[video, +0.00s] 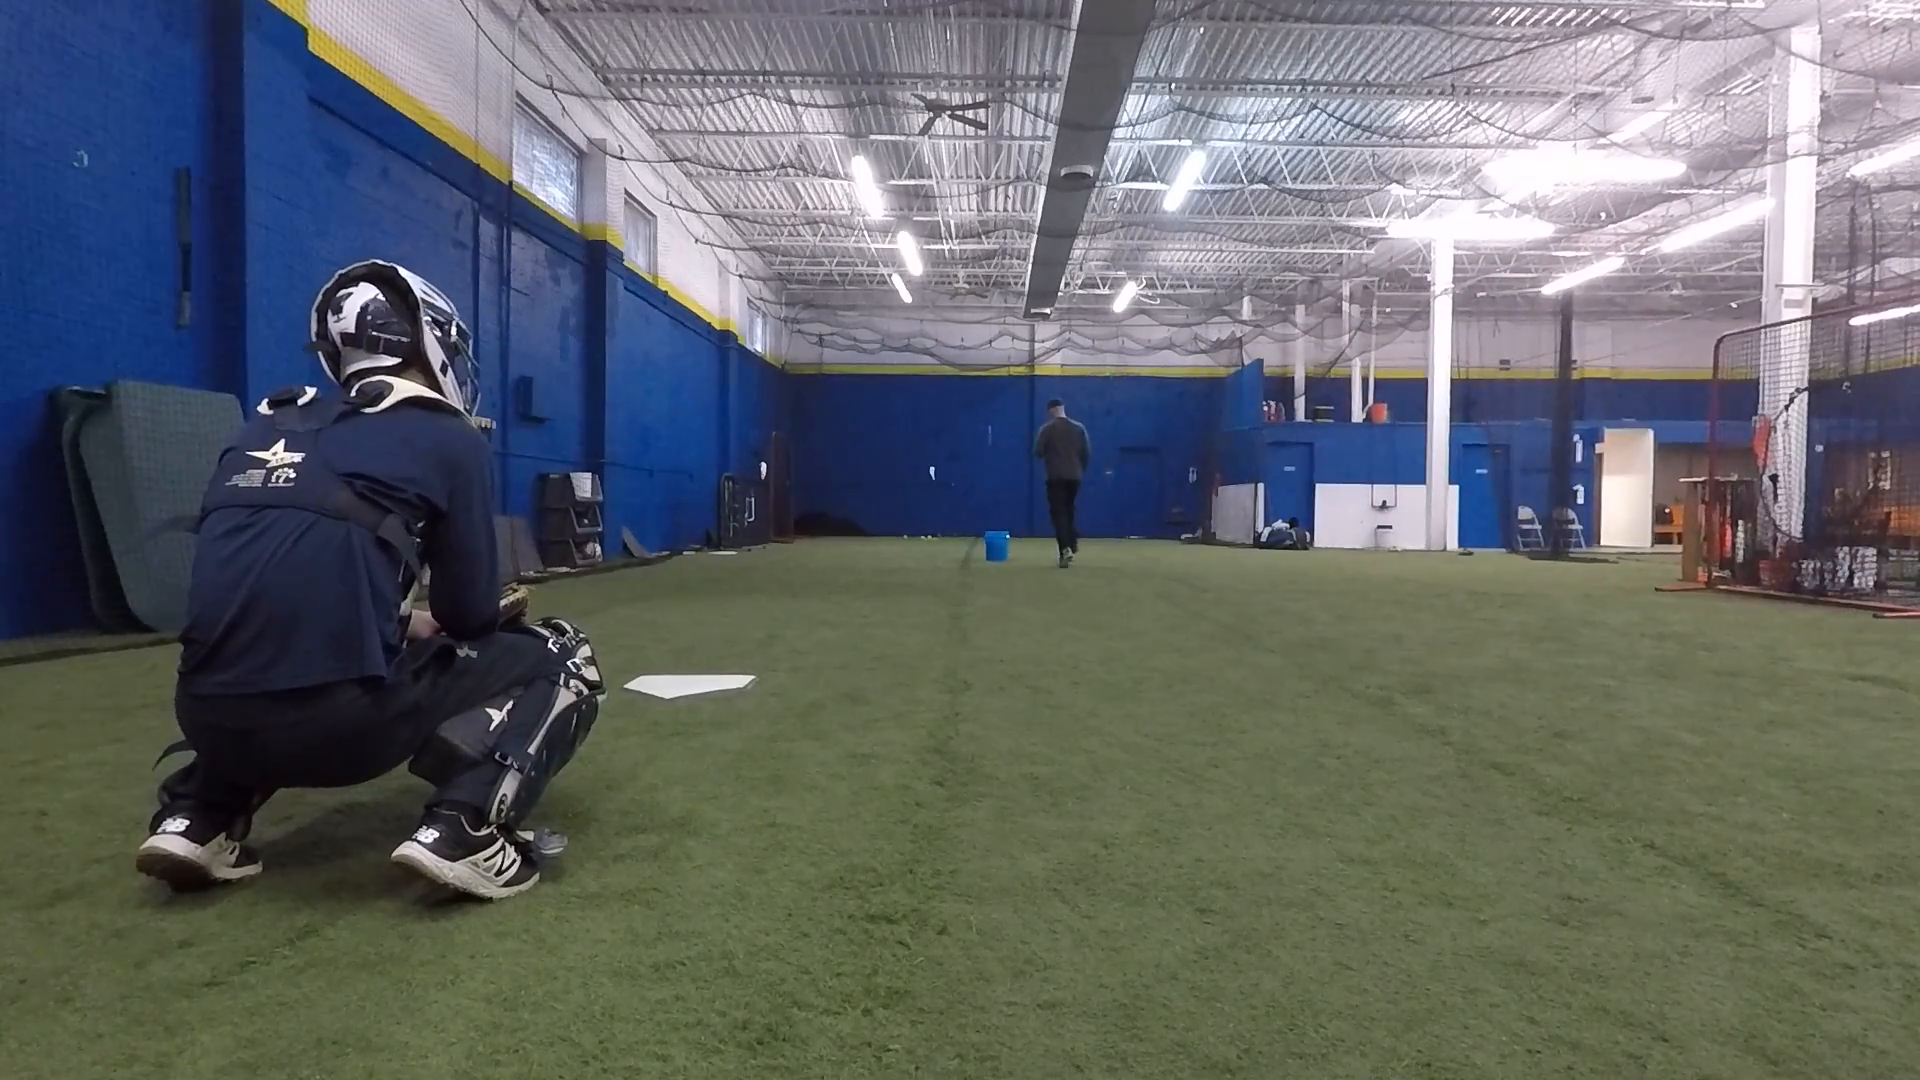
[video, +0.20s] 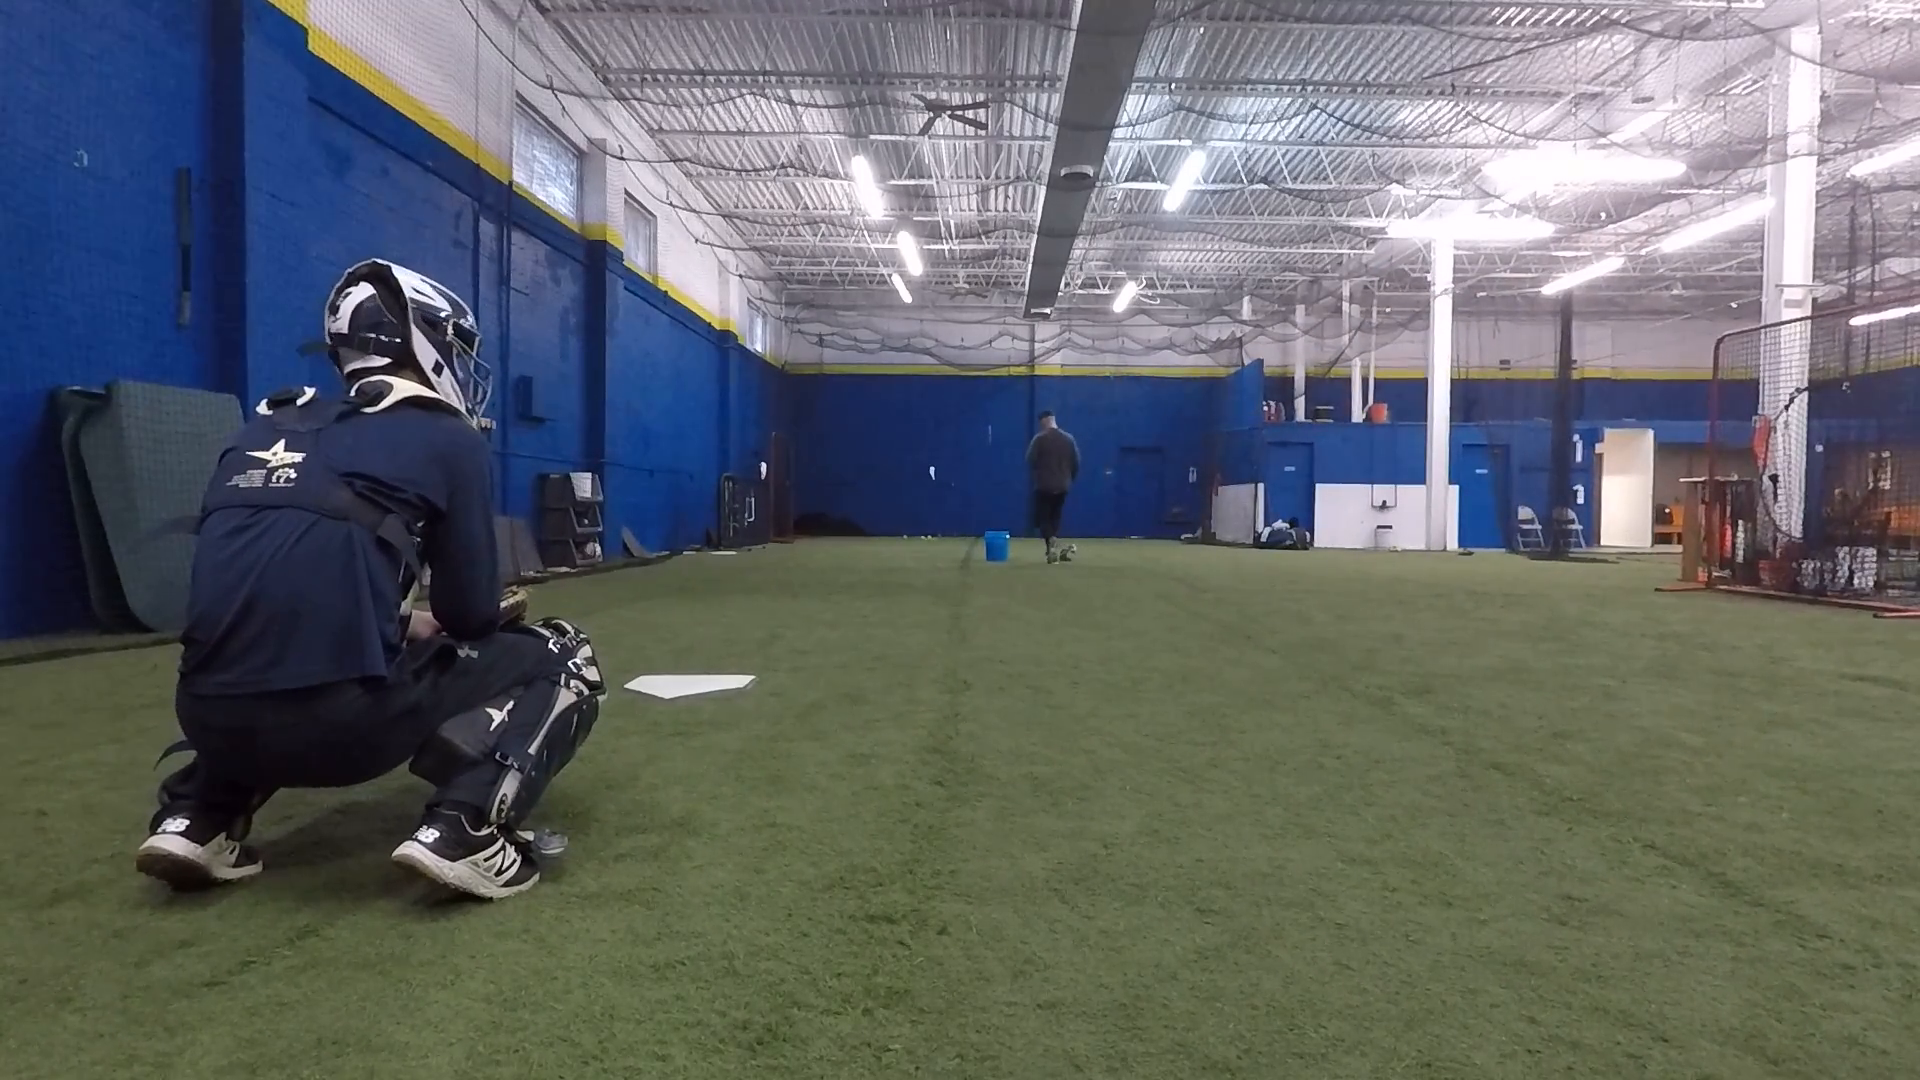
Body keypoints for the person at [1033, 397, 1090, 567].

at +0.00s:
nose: (1052, 414)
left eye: (1050, 411)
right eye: (1054, 410)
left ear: (1050, 411)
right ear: (1063, 409)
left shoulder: (1047, 428)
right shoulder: (1079, 427)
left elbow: (1039, 451)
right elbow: (1085, 451)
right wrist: (1082, 467)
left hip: (1055, 477)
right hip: (1074, 476)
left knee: (1057, 512)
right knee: (1069, 508)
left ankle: (1064, 549)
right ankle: (1072, 543)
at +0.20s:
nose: (1041, 425)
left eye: (1041, 423)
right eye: (1042, 423)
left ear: (1043, 422)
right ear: (1054, 421)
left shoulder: (1039, 439)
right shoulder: (1068, 438)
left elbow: (1030, 458)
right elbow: (1076, 460)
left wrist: (1035, 470)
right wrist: (1071, 476)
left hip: (1043, 485)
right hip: (1062, 485)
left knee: (1042, 515)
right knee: (1056, 515)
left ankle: (1051, 541)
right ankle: (1050, 547)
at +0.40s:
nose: (1027, 424)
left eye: (1026, 422)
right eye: (1027, 421)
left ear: (1029, 421)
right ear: (1039, 419)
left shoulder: (1028, 436)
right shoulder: (1056, 434)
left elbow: (1027, 458)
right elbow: (1063, 457)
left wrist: (1025, 472)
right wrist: (1059, 471)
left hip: (1034, 483)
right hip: (1052, 482)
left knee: (1030, 516)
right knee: (1048, 515)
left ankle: (1029, 551)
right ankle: (1052, 550)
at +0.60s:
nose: (1010, 435)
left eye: (1010, 432)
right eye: (1010, 432)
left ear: (1011, 431)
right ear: (1021, 427)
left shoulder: (1013, 445)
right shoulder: (1041, 439)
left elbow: (1014, 466)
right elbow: (1051, 459)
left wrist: (1012, 482)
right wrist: (1049, 474)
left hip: (1025, 489)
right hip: (1044, 487)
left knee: (1022, 521)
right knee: (1044, 518)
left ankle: (1019, 552)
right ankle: (1051, 544)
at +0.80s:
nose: (996, 447)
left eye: (995, 444)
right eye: (995, 445)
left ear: (997, 440)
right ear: (1004, 435)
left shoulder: (1004, 451)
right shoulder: (1026, 439)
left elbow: (1005, 476)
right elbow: (1042, 455)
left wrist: (1003, 499)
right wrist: (1036, 471)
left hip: (1021, 489)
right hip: (1040, 485)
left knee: (1017, 521)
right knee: (1037, 517)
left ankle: (1018, 553)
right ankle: (1048, 543)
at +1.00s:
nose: (988, 462)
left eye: (986, 459)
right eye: (986, 460)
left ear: (988, 454)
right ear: (993, 447)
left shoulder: (996, 461)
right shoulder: (1014, 444)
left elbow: (999, 488)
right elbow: (1035, 454)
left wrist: (996, 512)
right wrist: (1029, 470)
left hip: (1021, 488)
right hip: (1039, 482)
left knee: (1017, 521)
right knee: (1036, 518)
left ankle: (1018, 552)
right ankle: (1044, 550)